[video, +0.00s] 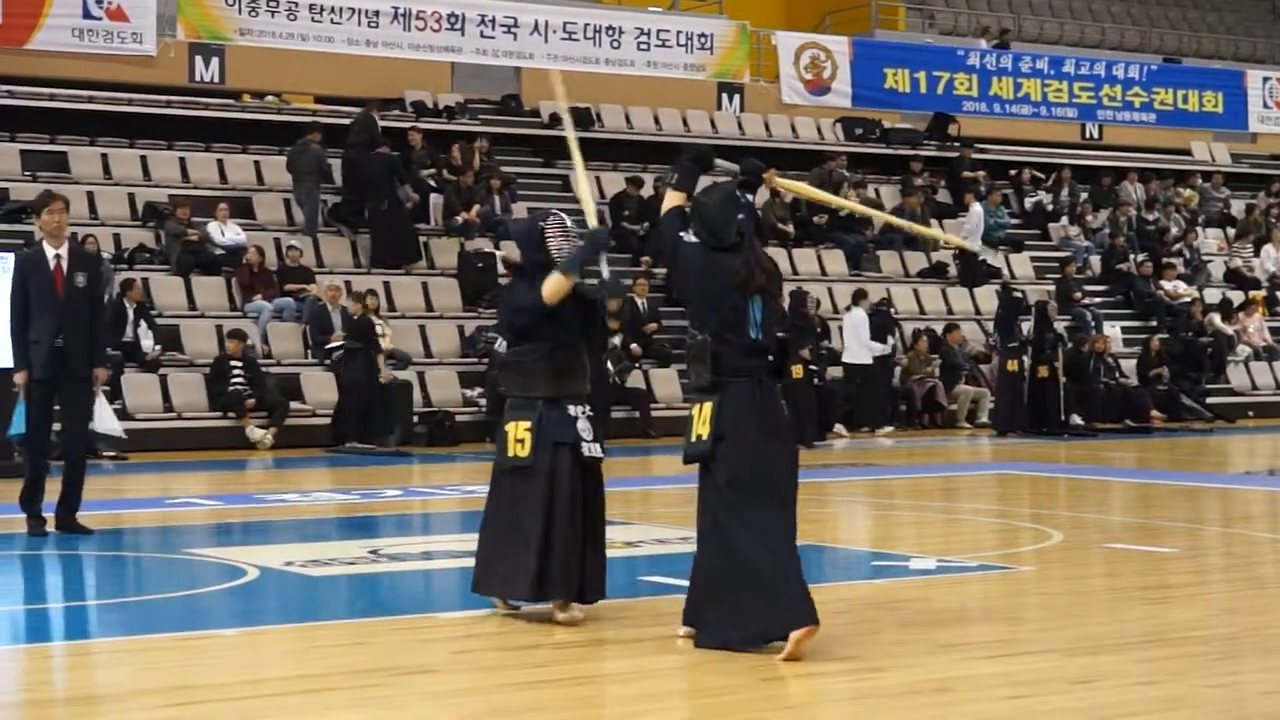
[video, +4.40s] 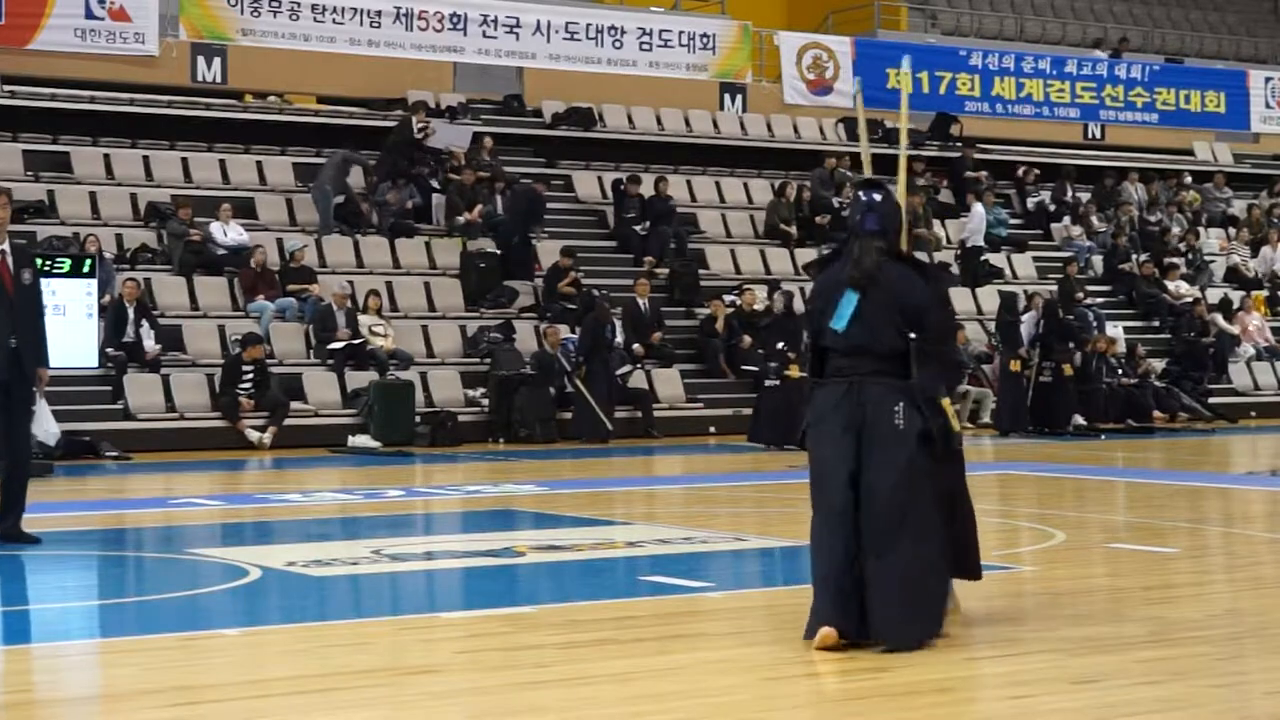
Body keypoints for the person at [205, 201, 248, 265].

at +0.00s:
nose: (224, 213)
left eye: (226, 210)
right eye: (221, 210)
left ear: (229, 212)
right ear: (216, 213)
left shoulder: (234, 226)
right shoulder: (211, 225)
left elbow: (244, 240)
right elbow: (218, 241)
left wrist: (227, 238)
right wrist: (238, 243)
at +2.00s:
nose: (224, 214)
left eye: (226, 211)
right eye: (221, 211)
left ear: (229, 213)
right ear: (216, 214)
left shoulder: (234, 227)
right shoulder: (212, 226)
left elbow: (244, 241)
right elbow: (219, 242)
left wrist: (227, 239)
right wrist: (239, 244)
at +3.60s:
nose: (230, 213)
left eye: (231, 211)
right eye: (227, 211)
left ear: (233, 212)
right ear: (220, 212)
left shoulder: (236, 226)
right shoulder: (214, 225)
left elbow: (246, 240)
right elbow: (221, 241)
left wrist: (229, 239)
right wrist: (242, 244)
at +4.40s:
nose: (227, 214)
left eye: (229, 211)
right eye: (224, 211)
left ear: (232, 212)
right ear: (217, 213)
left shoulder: (235, 226)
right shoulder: (214, 225)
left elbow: (247, 240)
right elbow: (220, 241)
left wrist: (230, 239)